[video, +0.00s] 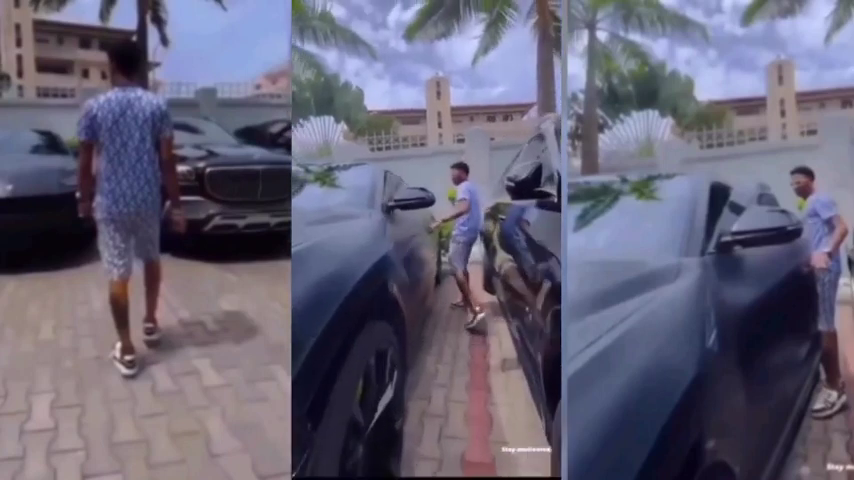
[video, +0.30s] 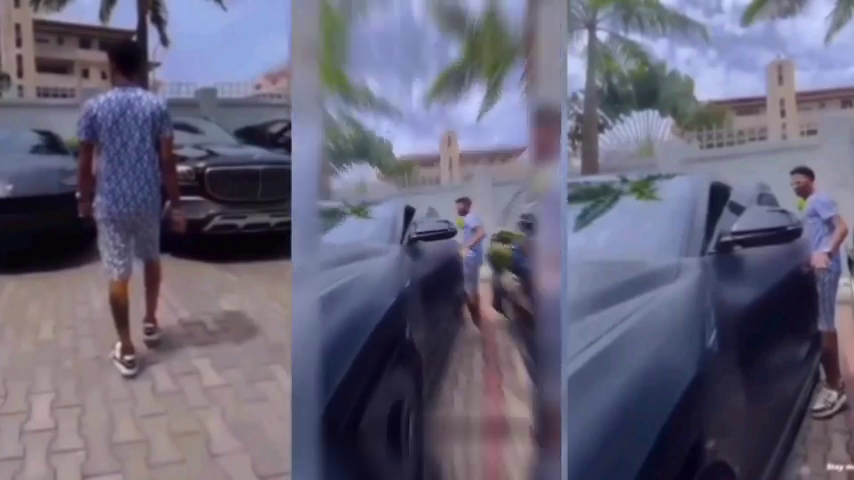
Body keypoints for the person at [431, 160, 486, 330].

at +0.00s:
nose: (452, 178)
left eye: (454, 174)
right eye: (452, 174)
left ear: (462, 174)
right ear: (464, 175)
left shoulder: (464, 187)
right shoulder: (470, 187)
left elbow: (464, 208)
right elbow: (468, 210)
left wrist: (441, 220)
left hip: (463, 232)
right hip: (470, 231)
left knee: (456, 267)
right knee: (461, 266)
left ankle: (474, 309)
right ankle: (465, 300)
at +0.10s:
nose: (456, 183)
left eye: (458, 179)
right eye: (456, 179)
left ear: (467, 179)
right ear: (468, 180)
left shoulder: (469, 193)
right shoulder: (473, 192)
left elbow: (472, 213)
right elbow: (473, 215)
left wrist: (454, 226)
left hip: (469, 239)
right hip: (473, 238)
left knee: (460, 272)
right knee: (469, 274)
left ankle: (479, 314)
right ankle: (473, 309)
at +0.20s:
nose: (460, 192)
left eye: (462, 189)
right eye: (460, 189)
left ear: (469, 188)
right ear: (469, 188)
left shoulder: (475, 201)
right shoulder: (474, 202)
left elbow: (483, 220)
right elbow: (478, 223)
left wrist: (466, 236)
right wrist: (464, 239)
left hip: (475, 248)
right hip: (476, 248)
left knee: (468, 284)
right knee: (476, 286)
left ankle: (483, 327)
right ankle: (479, 322)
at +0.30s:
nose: (458, 210)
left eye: (460, 207)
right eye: (458, 207)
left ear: (467, 206)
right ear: (462, 207)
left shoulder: (470, 218)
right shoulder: (467, 219)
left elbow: (481, 232)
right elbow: (475, 235)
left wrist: (468, 247)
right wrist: (464, 247)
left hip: (471, 259)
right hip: (469, 258)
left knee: (470, 291)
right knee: (470, 290)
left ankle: (478, 321)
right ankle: (478, 320)